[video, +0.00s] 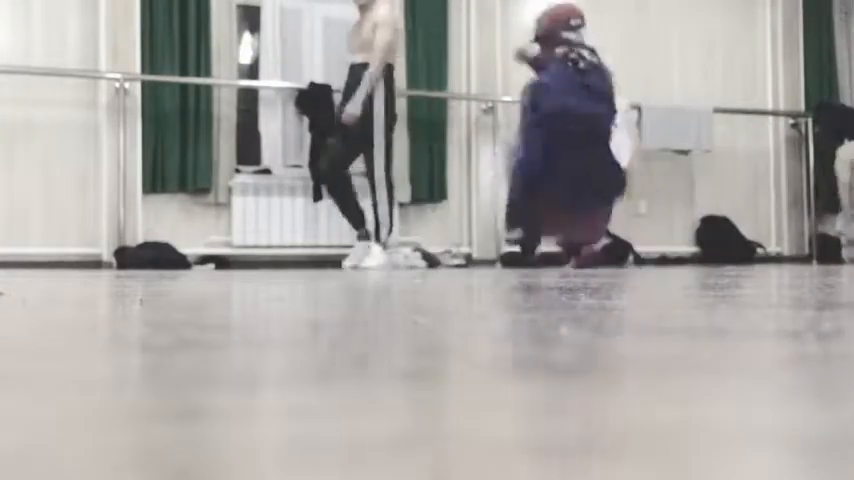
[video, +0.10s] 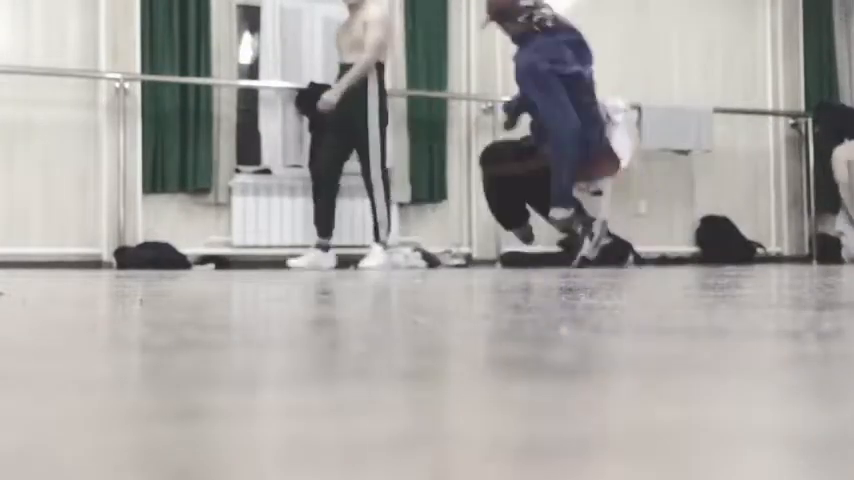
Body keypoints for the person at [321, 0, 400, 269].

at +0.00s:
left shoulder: (385, 13)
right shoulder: (363, 18)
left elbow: (379, 61)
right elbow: (359, 62)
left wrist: (358, 101)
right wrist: (344, 94)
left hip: (377, 85)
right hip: (357, 84)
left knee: (379, 169)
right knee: (332, 166)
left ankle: (381, 245)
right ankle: (363, 236)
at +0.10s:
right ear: (346, 1)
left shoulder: (375, 12)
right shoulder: (346, 23)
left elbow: (371, 55)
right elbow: (348, 66)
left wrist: (337, 89)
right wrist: (328, 95)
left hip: (368, 85)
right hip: (345, 86)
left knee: (373, 167)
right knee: (324, 166)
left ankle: (381, 247)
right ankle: (323, 248)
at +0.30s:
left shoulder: (353, 19)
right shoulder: (308, 32)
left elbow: (354, 62)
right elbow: (311, 74)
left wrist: (323, 93)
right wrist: (306, 94)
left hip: (344, 91)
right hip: (316, 93)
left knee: (358, 170)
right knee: (300, 171)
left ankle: (379, 246)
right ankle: (281, 250)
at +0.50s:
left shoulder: (327, 17)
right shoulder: (275, 23)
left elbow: (339, 65)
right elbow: (266, 75)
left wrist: (343, 110)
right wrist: (258, 117)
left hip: (319, 82)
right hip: (290, 84)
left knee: (334, 164)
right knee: (280, 167)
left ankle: (363, 241)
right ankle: (280, 248)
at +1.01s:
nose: (292, 1)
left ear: (300, 0)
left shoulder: (318, 23)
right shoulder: (258, 24)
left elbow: (328, 71)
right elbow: (246, 69)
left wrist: (333, 118)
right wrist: (239, 112)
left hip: (311, 89)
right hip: (278, 89)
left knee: (317, 172)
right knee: (277, 173)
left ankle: (321, 247)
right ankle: (279, 248)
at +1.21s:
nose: (307, 3)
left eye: (309, 0)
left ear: (314, 2)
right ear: (291, 1)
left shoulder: (327, 31)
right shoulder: (271, 30)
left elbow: (335, 77)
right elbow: (266, 78)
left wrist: (337, 120)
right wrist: (274, 116)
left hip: (319, 94)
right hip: (285, 94)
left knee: (317, 177)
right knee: (277, 176)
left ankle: (318, 249)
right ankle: (279, 249)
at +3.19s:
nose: (332, 5)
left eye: (334, 2)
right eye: (327, 1)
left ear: (332, 7)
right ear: (312, 1)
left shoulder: (337, 41)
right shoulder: (286, 29)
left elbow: (344, 84)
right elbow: (279, 76)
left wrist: (344, 127)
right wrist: (283, 120)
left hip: (329, 100)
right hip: (300, 97)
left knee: (325, 179)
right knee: (289, 177)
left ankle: (319, 251)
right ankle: (268, 249)